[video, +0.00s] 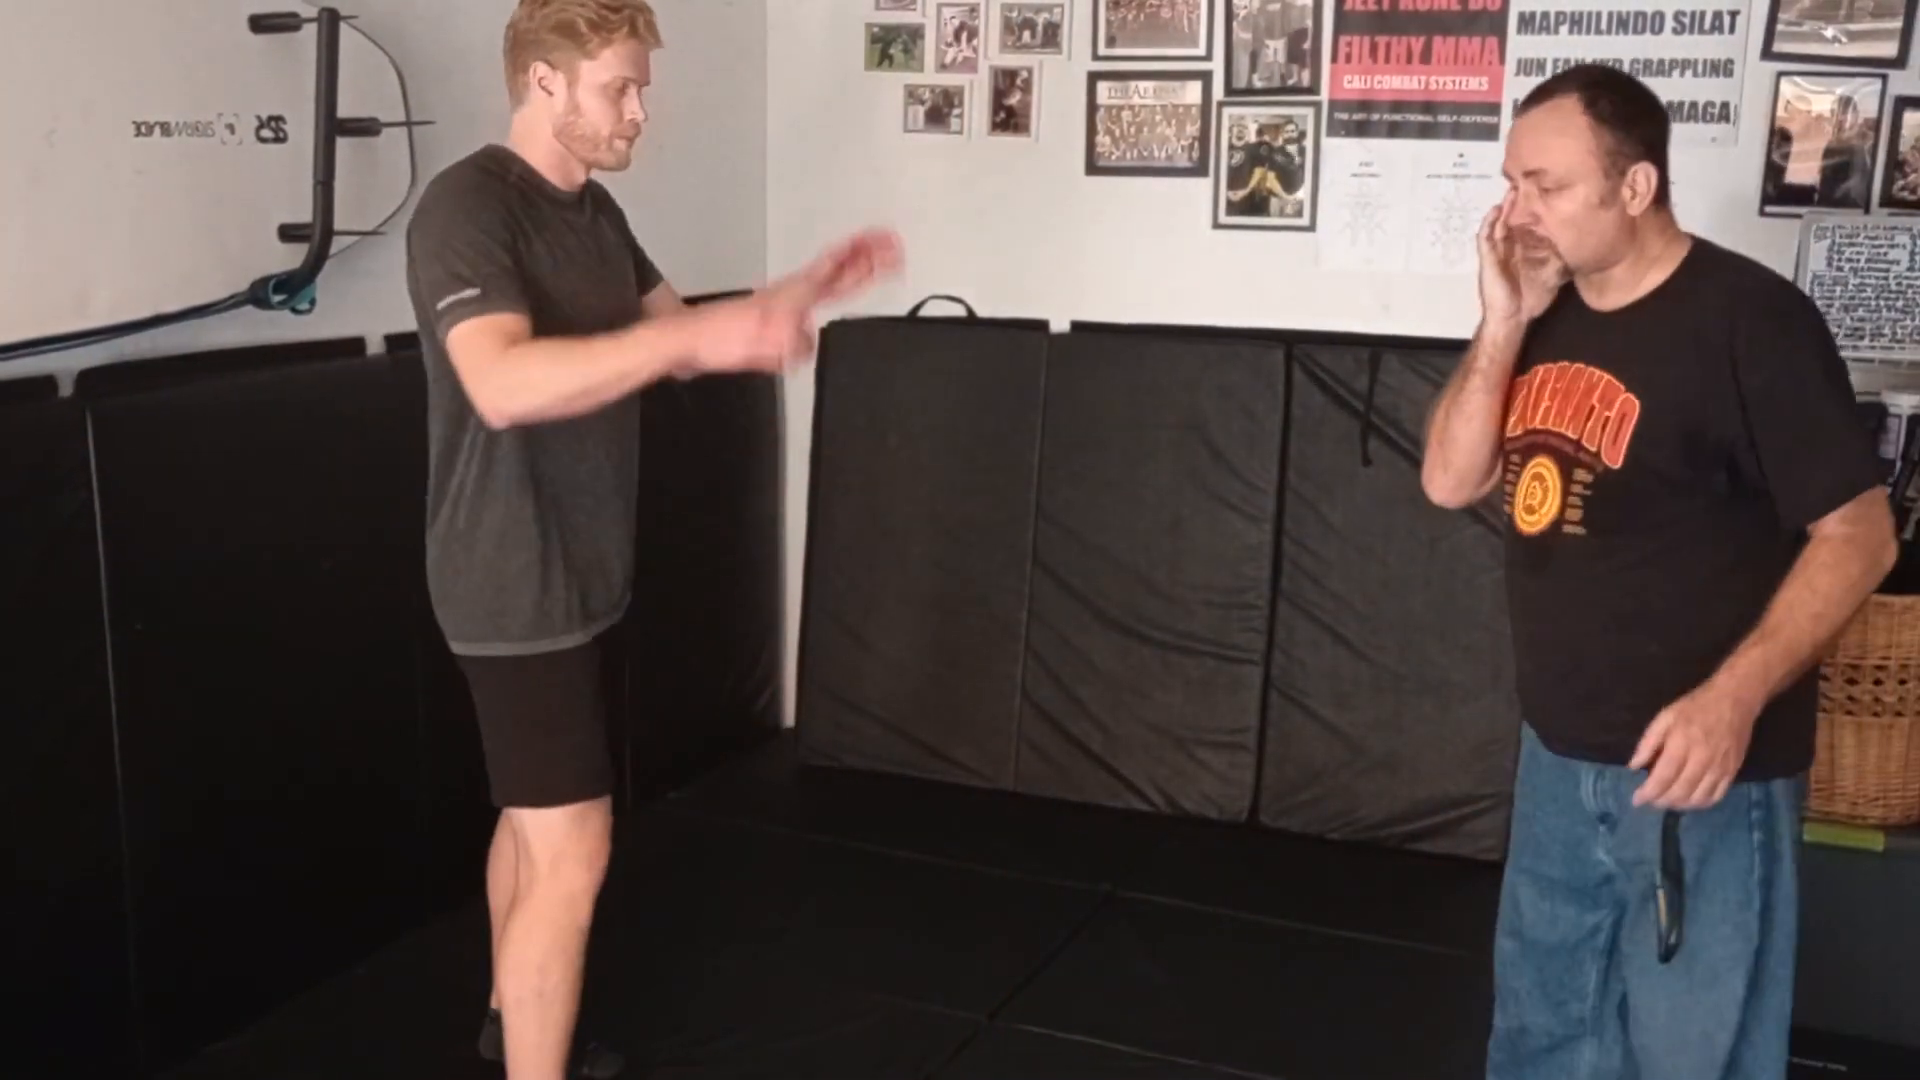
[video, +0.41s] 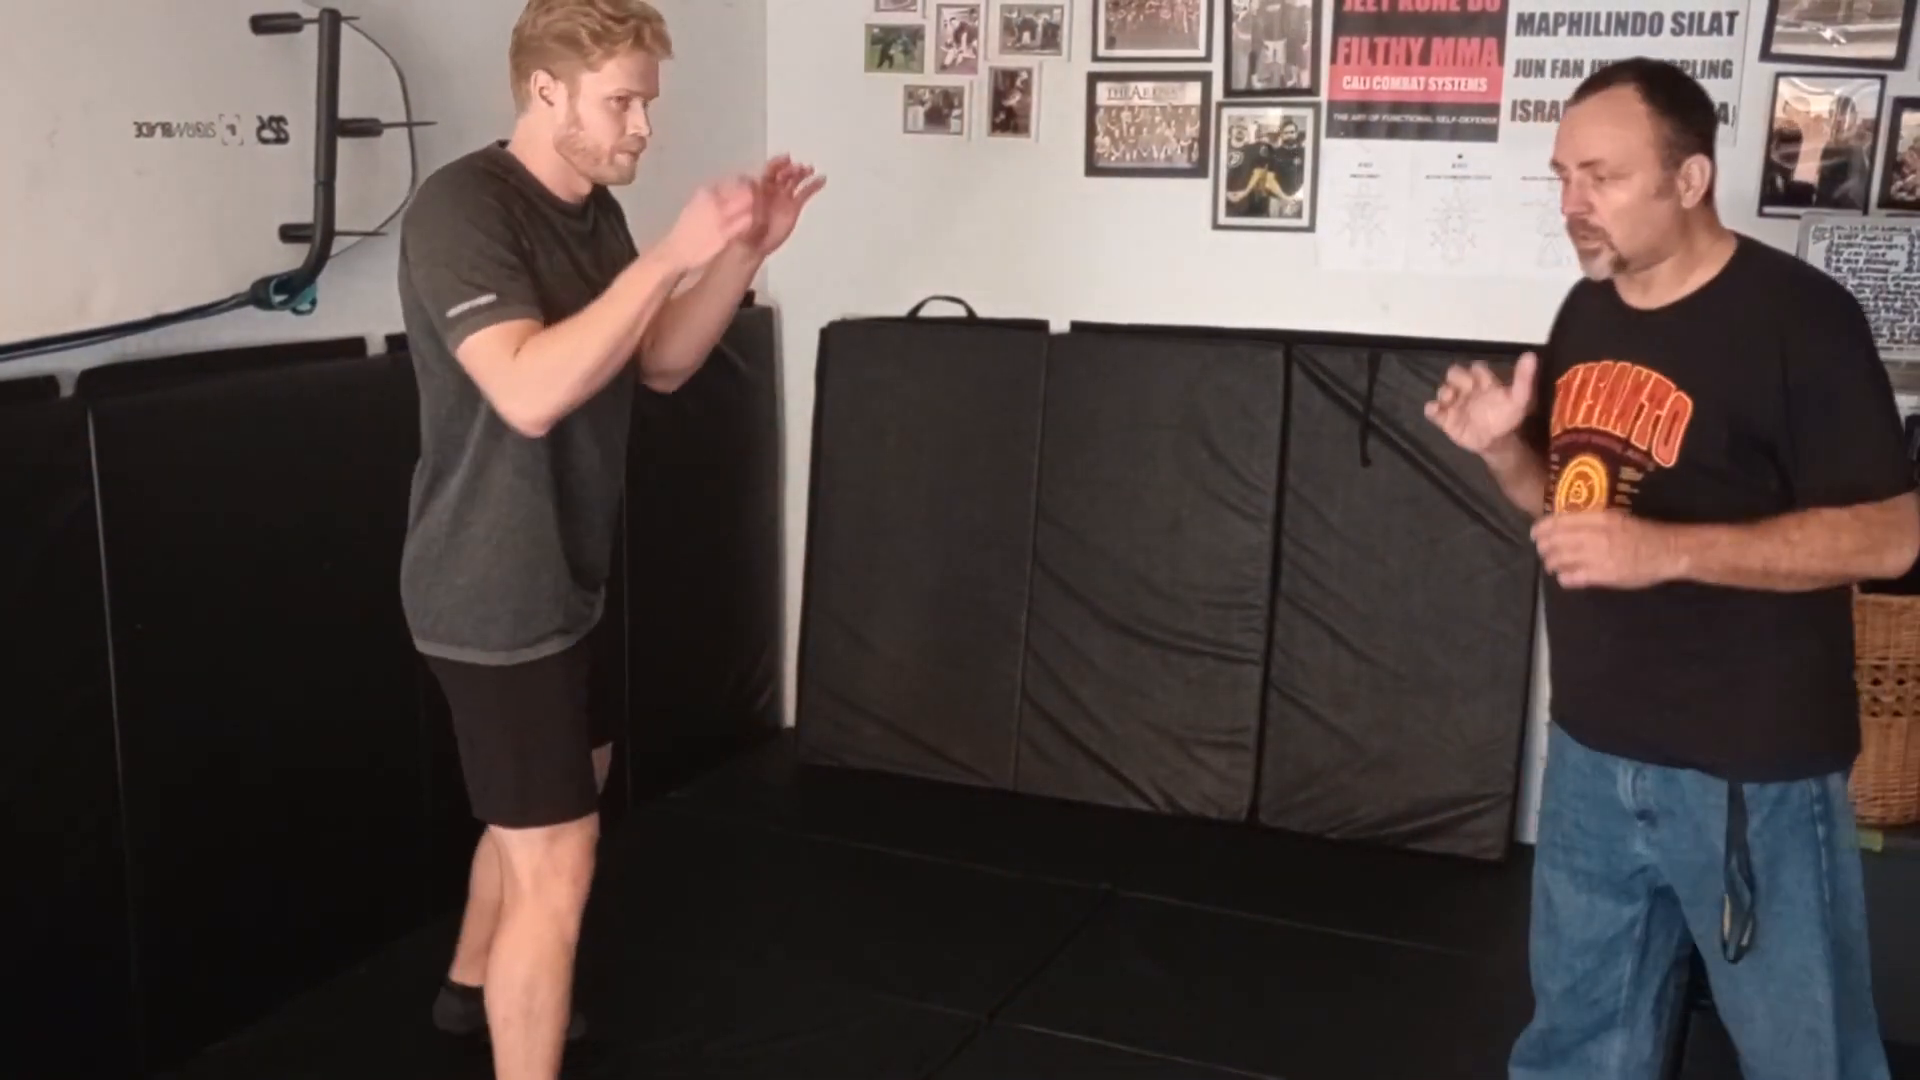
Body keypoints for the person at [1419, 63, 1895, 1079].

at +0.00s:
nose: (1517, 212)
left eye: (1545, 185)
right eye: (1513, 183)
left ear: (1637, 187)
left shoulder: (1757, 319)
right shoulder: (1540, 313)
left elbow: (1862, 531)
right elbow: (1449, 483)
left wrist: (1732, 696)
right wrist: (1500, 325)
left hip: (1713, 778)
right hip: (1558, 763)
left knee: (1699, 1057)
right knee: (1539, 1045)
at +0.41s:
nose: (1572, 205)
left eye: (1600, 176)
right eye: (1564, 176)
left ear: (1691, 179)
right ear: (1560, 177)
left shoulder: (1805, 316)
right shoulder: (1588, 310)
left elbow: (1891, 533)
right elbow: (1574, 524)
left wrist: (1663, 550)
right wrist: (1506, 450)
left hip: (1761, 772)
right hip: (1593, 751)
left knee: (1807, 1056)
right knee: (1579, 1049)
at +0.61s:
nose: (1669, 225)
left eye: (1699, 196)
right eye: (1664, 196)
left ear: (1801, 204)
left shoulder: (1899, 356)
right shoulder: (1694, 325)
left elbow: (1912, 609)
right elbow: (1677, 507)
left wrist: (1707, 540)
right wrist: (1548, 511)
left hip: (1845, 827)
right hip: (1667, 785)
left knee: (1838, 1068)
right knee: (1604, 1056)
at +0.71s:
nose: (1693, 233)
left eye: (1725, 204)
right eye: (1692, 202)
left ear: (1828, 214)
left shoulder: (1909, 363)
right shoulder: (1738, 337)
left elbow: (1913, 620)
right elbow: (1707, 504)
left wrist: (1734, 561)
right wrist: (1570, 513)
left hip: (1871, 836)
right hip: (1705, 788)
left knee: (1852, 1067)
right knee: (1626, 1056)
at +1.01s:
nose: (1809, 159)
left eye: (1843, 134)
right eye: (1812, 125)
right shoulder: (1836, 276)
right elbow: (1799, 442)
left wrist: (1859, 460)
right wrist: (1677, 426)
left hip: (1909, 788)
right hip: (1793, 754)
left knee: (1892, 1053)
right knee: (1784, 1038)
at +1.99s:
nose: (1695, 230)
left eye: (1719, 201)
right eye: (1697, 198)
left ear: (1820, 203)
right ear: (1812, 206)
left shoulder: (1916, 353)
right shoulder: (1774, 323)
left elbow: (1877, 610)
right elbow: (1727, 512)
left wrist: (1696, 460)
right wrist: (1611, 440)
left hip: (1882, 847)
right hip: (1709, 800)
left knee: (1876, 1063)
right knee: (1657, 1056)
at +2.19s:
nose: (1602, 238)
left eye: (1622, 209)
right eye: (1601, 209)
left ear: (1720, 202)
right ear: (1704, 206)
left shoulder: (1877, 340)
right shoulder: (1660, 333)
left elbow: (1800, 585)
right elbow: (1590, 509)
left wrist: (1614, 437)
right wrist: (1484, 410)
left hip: (1783, 831)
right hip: (1639, 792)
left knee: (1730, 1063)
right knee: (1613, 1055)